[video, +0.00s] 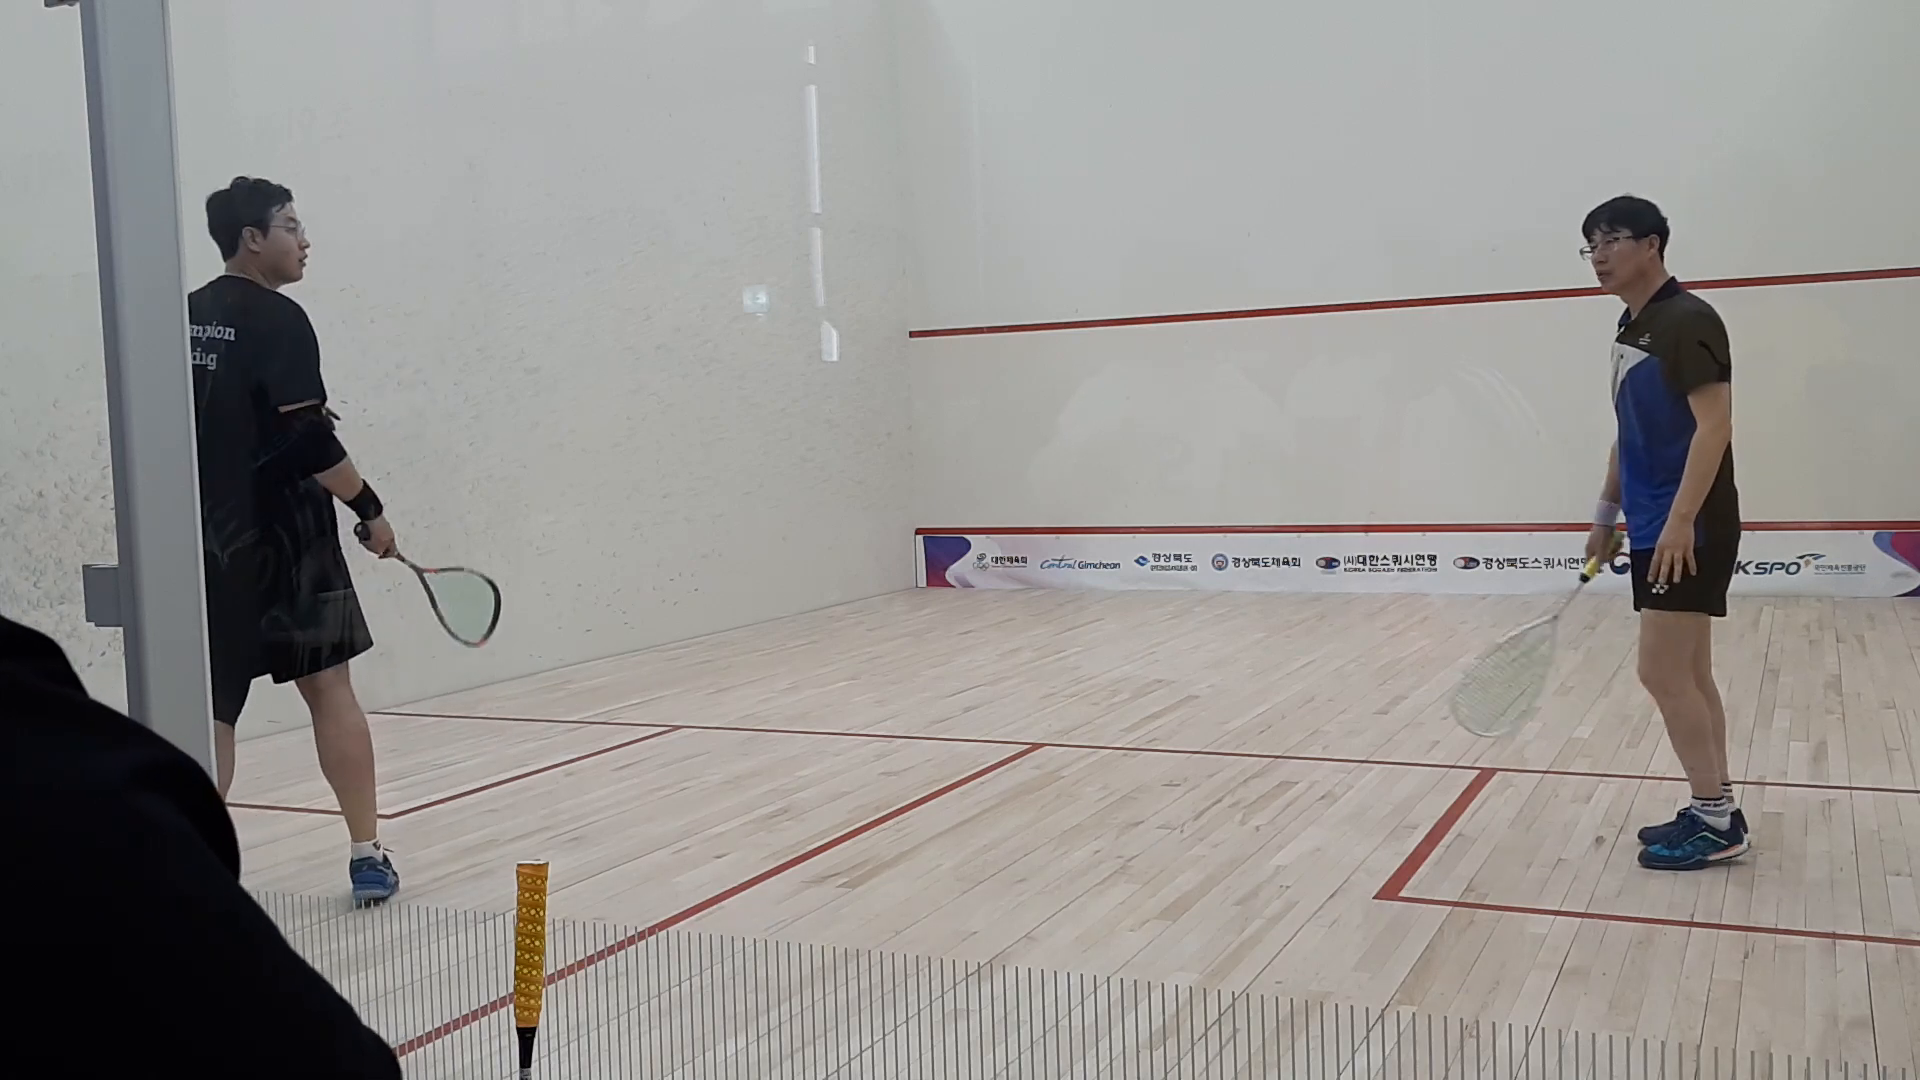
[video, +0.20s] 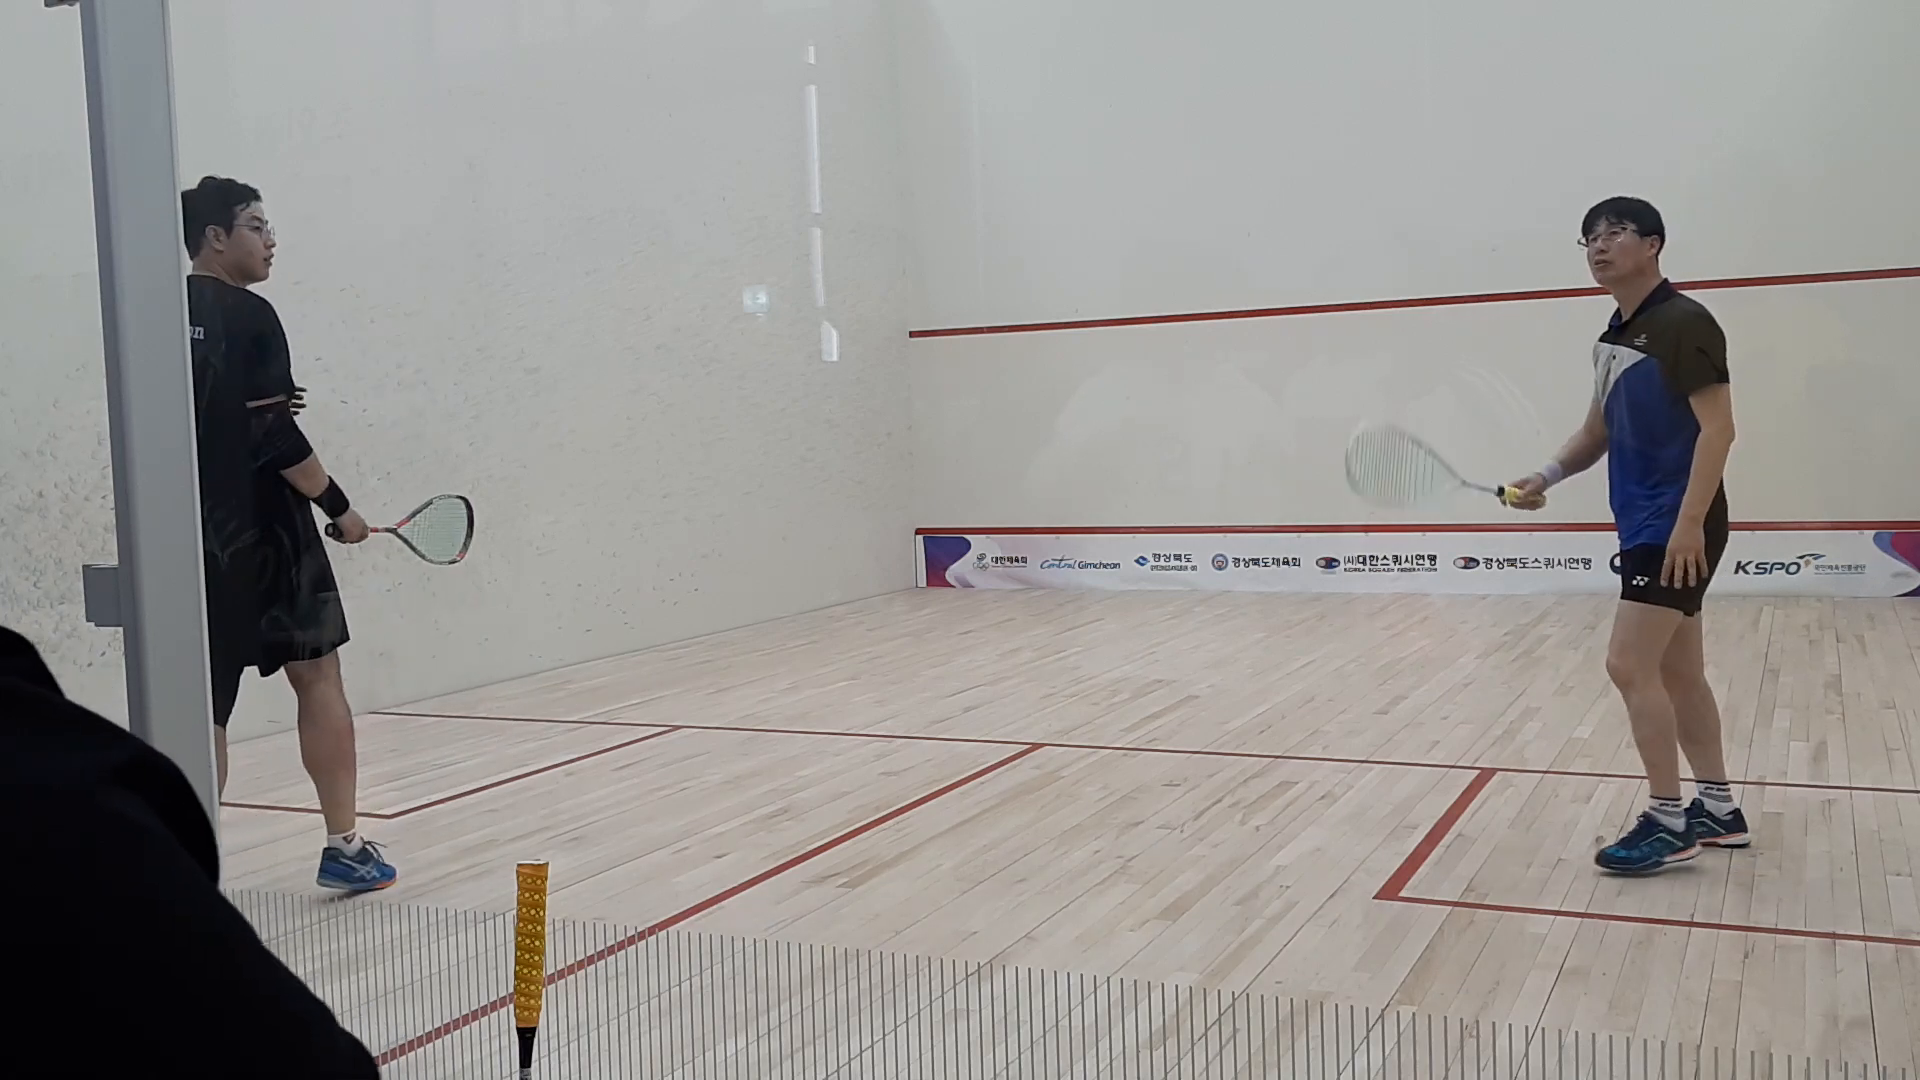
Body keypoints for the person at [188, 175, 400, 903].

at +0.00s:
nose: (305, 242)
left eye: (301, 226)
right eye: (293, 228)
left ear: (240, 242)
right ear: (251, 239)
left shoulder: (180, 313)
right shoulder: (278, 316)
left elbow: (167, 435)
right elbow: (308, 436)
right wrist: (370, 509)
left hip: (204, 549)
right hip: (289, 545)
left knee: (210, 720)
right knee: (332, 695)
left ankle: (199, 874)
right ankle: (368, 854)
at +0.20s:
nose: (272, 241)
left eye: (268, 228)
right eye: (259, 228)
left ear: (209, 239)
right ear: (217, 236)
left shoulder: (161, 308)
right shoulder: (247, 313)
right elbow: (275, 434)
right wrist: (339, 506)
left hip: (193, 540)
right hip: (269, 532)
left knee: (204, 716)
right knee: (318, 680)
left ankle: (189, 865)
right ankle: (344, 844)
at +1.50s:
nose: (249, 273)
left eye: (249, 259)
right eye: (242, 259)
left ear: (187, 257)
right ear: (206, 256)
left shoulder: (113, 323)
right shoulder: (231, 330)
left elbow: (91, 437)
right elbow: (272, 437)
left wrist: (157, 455)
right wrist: (303, 460)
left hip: (143, 549)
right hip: (232, 543)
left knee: (153, 711)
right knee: (282, 690)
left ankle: (152, 869)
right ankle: (319, 843)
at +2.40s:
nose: (293, 271)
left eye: (290, 260)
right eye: (289, 261)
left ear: (215, 269)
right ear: (272, 267)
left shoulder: (177, 321)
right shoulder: (305, 345)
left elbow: (115, 403)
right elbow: (314, 452)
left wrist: (51, 431)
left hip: (186, 547)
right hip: (276, 550)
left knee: (155, 699)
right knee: (294, 696)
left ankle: (135, 855)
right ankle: (324, 853)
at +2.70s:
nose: (221, 283)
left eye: (217, 271)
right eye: (217, 272)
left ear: (145, 271)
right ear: (202, 277)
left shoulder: (108, 328)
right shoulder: (239, 354)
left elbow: (70, 408)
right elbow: (245, 461)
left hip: (115, 560)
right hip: (216, 564)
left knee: (78, 699)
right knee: (247, 693)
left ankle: (86, 867)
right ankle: (316, 843)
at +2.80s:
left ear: (107, 259)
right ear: (177, 265)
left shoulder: (72, 334)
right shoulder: (205, 353)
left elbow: (30, 419)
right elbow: (210, 464)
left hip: (85, 557)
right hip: (181, 562)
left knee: (59, 703)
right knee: (206, 685)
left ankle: (84, 867)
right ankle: (278, 810)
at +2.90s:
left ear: (76, 270)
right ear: (141, 263)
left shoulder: (44, 334)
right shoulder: (176, 347)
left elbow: (4, 424)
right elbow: (189, 451)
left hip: (69, 559)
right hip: (159, 560)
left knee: (44, 697)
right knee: (171, 697)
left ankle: (82, 865)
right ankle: (204, 827)